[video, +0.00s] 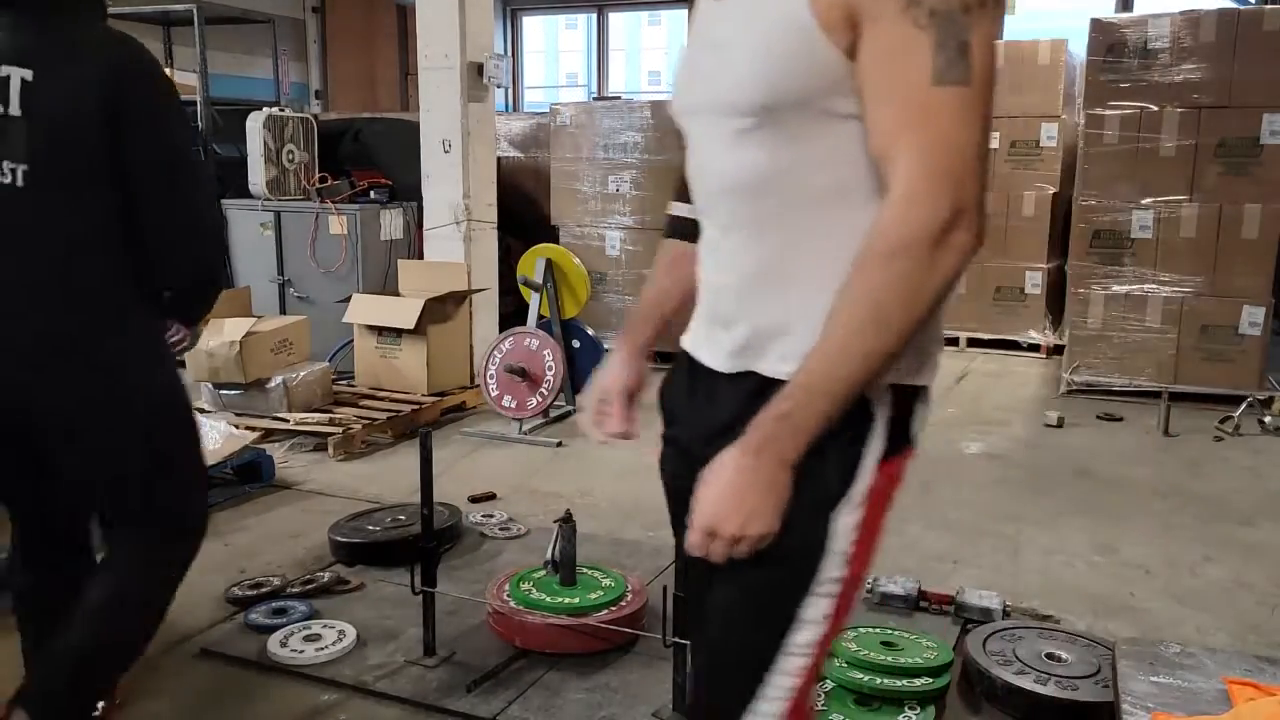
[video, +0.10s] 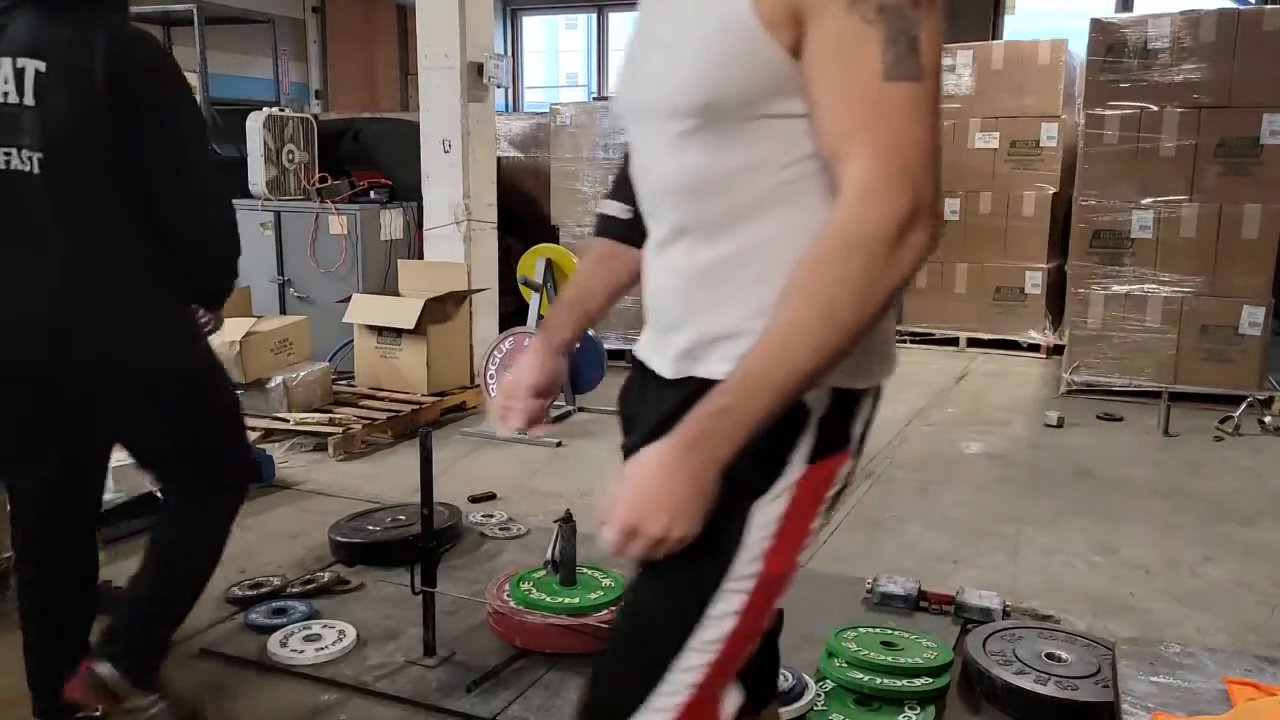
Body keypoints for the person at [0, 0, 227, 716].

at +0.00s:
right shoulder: (114, 63)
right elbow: (180, 201)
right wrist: (186, 299)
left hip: (11, 343)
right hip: (94, 340)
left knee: (43, 526)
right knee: (167, 508)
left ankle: (60, 696)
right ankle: (57, 695)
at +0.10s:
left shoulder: (5, 47)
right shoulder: (127, 54)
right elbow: (192, 181)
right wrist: (208, 284)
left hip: (19, 334)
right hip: (124, 327)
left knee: (50, 540)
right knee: (212, 471)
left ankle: (58, 705)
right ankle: (124, 664)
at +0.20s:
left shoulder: (23, 49)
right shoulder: (150, 56)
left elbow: (25, 195)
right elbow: (200, 184)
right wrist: (232, 280)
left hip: (44, 317)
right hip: (150, 315)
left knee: (65, 514)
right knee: (244, 445)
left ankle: (61, 697)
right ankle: (222, 619)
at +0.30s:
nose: (207, 8)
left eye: (208, 3)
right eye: (204, 1)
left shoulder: (23, 55)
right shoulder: (177, 64)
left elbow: (18, 203)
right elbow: (224, 192)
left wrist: (41, 296)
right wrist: (257, 283)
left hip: (72, 319)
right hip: (179, 315)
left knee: (83, 510)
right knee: (261, 447)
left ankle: (62, 696)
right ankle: (306, 574)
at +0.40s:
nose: (253, 28)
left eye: (259, 18)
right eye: (252, 13)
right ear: (221, 1)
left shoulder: (56, 70)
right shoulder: (211, 77)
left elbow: (65, 199)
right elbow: (256, 212)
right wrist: (290, 295)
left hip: (104, 327)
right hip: (206, 326)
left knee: (102, 513)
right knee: (288, 461)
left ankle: (64, 693)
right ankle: (363, 562)